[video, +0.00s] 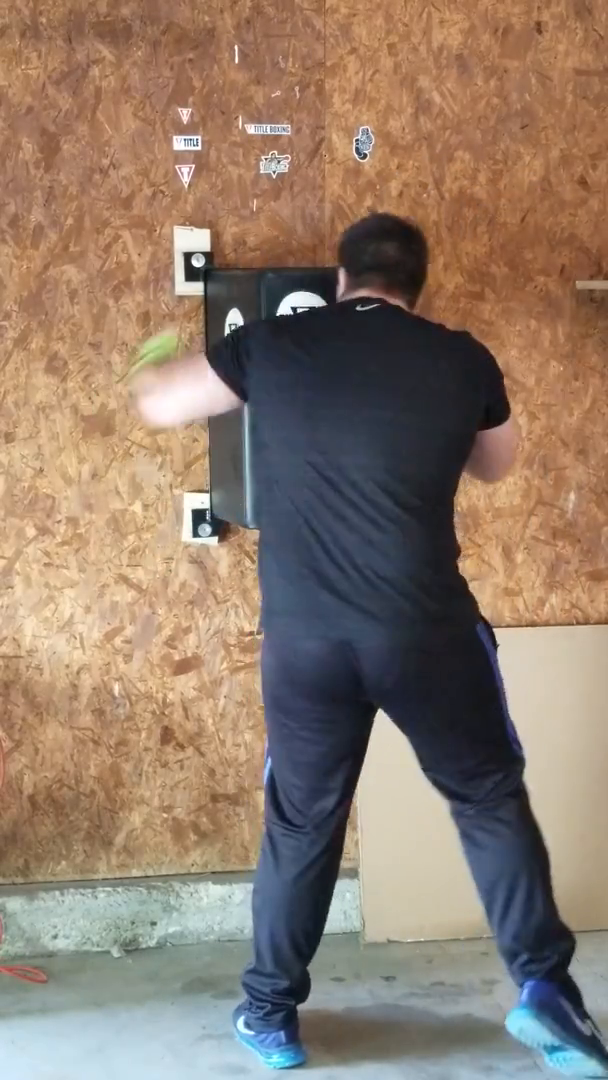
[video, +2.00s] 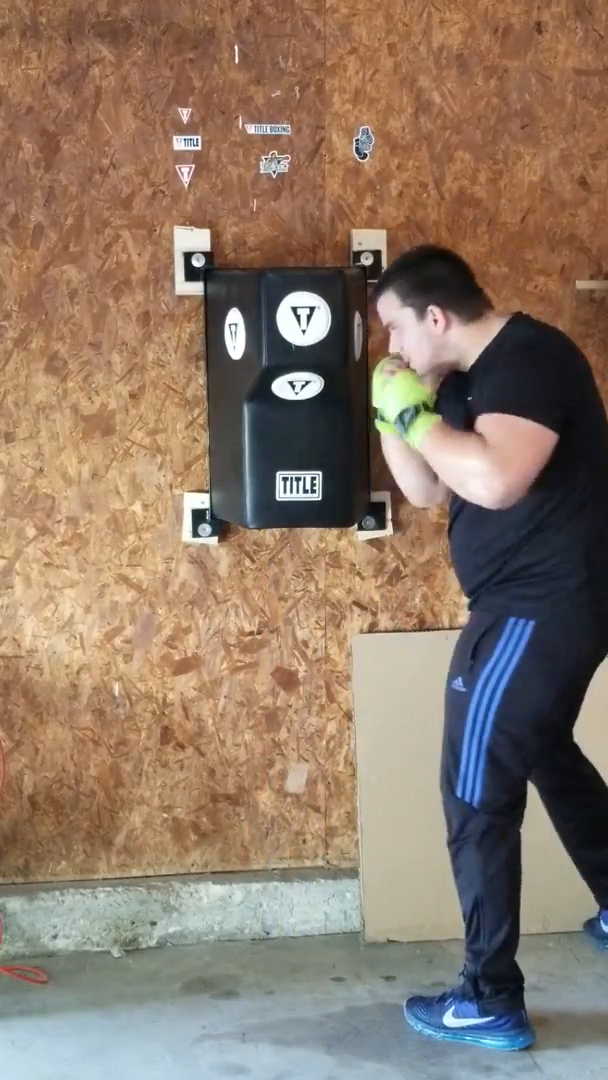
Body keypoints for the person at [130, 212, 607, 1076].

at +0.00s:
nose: (347, 288)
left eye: (340, 277)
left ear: (338, 279)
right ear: (417, 288)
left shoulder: (272, 343)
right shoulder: (462, 358)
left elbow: (158, 402)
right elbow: (494, 463)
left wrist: (159, 358)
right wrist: (425, 412)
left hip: (303, 635)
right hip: (424, 633)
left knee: (300, 821)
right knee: (488, 796)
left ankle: (269, 1012)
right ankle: (544, 986)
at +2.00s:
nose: (394, 347)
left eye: (397, 329)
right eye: (390, 333)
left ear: (437, 315)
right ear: (441, 317)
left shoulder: (530, 356)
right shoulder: (475, 380)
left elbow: (498, 480)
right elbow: (426, 491)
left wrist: (416, 420)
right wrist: (395, 415)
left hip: (541, 604)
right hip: (526, 603)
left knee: (477, 793)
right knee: (548, 753)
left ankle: (490, 997)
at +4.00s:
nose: (333, 309)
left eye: (331, 300)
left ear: (347, 297)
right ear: (424, 285)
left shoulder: (323, 350)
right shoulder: (502, 354)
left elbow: (261, 455)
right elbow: (473, 451)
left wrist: (321, 390)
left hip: (359, 631)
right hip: (478, 630)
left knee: (336, 825)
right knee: (518, 814)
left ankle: (314, 1023)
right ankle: (549, 1017)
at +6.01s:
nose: (224, 288)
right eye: (226, 278)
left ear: (134, 287)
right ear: (221, 282)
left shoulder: (77, 355)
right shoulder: (273, 341)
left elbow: (37, 458)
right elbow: (371, 381)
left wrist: (119, 411)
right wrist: (317, 330)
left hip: (114, 652)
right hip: (236, 647)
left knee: (116, 859)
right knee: (244, 867)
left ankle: (100, 1048)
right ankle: (230, 1062)